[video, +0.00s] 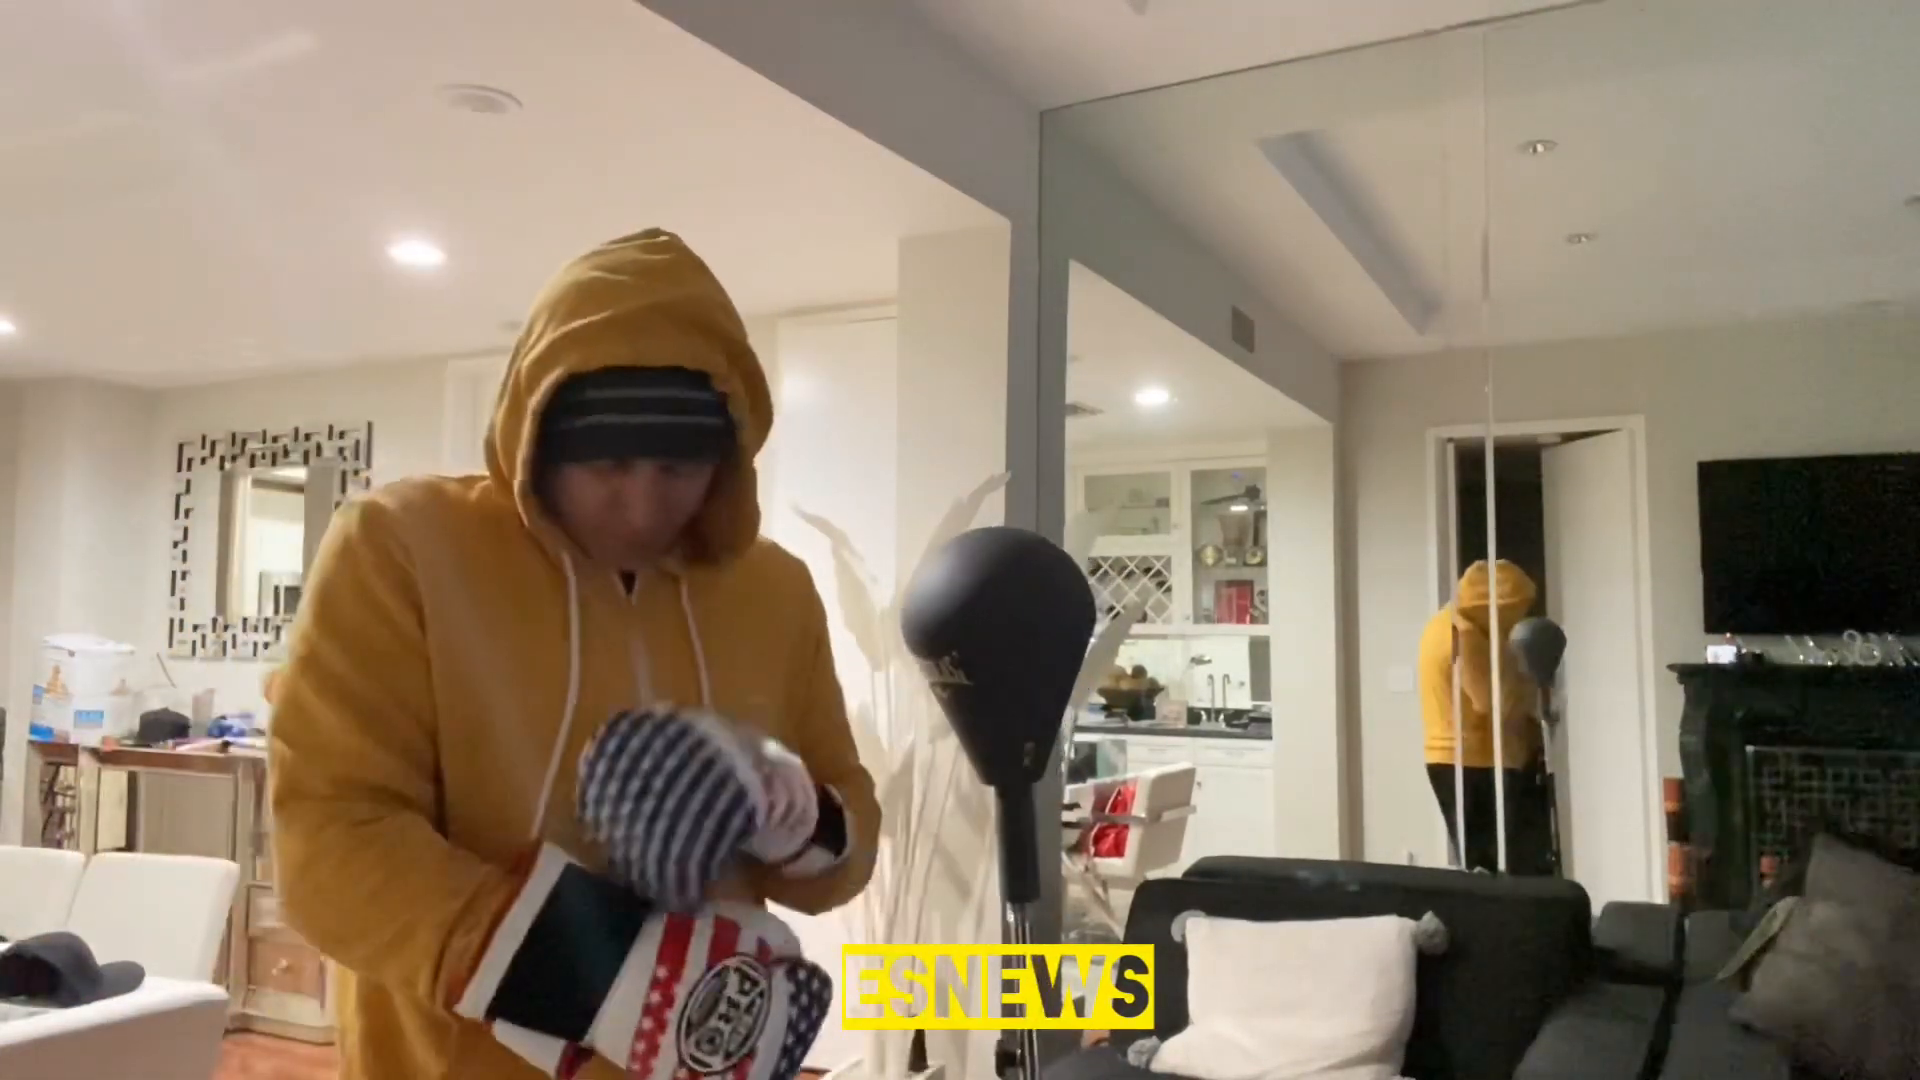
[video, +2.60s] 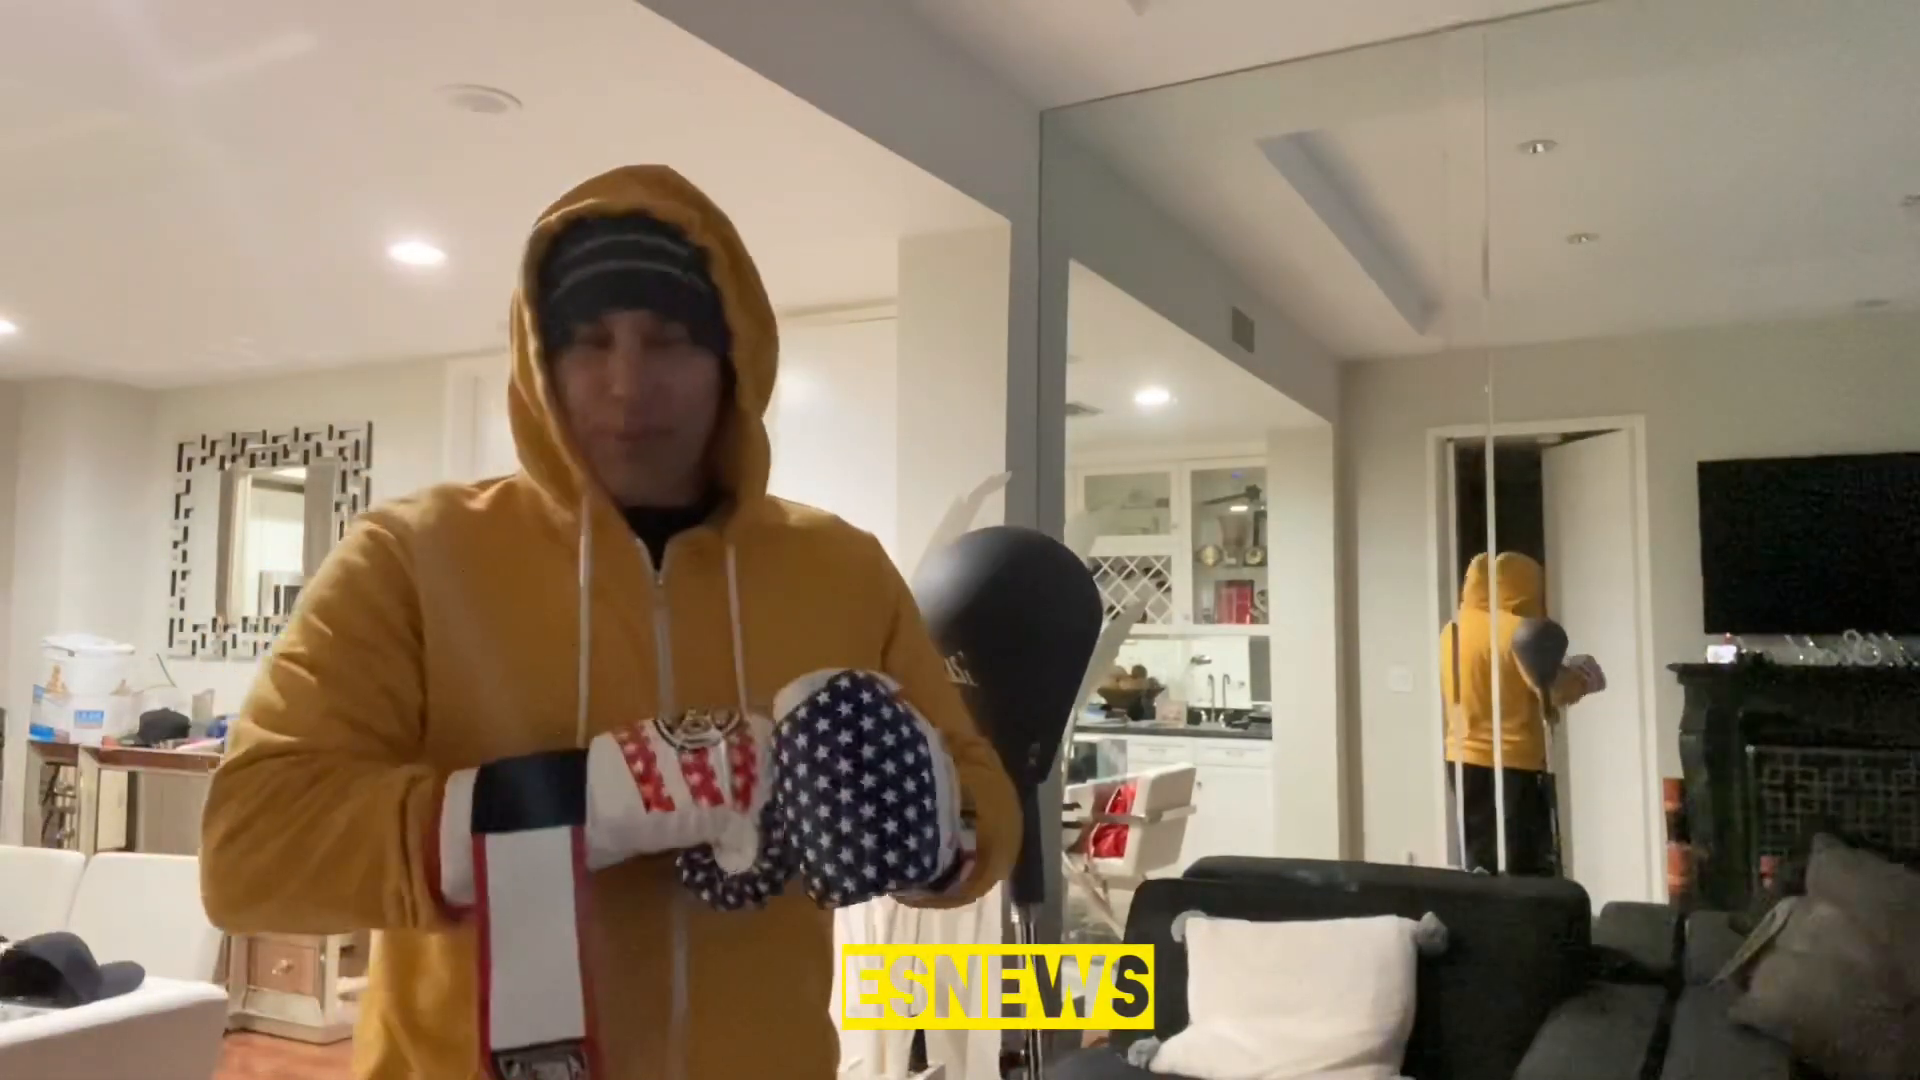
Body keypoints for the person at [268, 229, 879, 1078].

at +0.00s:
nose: (640, 505)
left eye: (678, 465)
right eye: (604, 462)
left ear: (720, 465)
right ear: (538, 451)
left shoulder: (773, 594)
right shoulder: (402, 551)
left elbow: (847, 853)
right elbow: (332, 842)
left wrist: (788, 817)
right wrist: (597, 966)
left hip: (693, 1061)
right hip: (448, 1059)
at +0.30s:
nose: (606, 513)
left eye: (647, 466)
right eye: (568, 465)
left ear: (703, 455)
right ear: (515, 451)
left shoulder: (786, 582)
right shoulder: (392, 564)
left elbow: (864, 815)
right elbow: (343, 874)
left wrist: (783, 864)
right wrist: (574, 1049)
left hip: (733, 1057)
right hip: (464, 1059)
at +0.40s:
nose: (586, 509)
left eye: (626, 463)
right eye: (549, 462)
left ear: (689, 453)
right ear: (500, 453)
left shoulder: (786, 577)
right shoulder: (380, 571)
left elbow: (870, 801)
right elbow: (336, 869)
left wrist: (788, 854)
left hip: (724, 1060)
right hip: (478, 1060)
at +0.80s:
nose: (522, 503)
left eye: (565, 451)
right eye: (482, 453)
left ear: (645, 425)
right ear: (436, 437)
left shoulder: (770, 559)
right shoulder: (332, 585)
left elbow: (873, 782)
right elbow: (288, 943)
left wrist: (789, 836)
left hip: (715, 1058)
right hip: (445, 1057)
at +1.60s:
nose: (512, 476)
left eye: (557, 420)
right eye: (469, 425)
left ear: (634, 402)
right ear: (417, 421)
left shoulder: (761, 556)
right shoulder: (302, 576)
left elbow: (889, 811)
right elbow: (193, 890)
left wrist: (724, 814)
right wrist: (459, 1009)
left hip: (708, 1066)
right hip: (418, 1072)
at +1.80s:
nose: (520, 467)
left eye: (567, 407)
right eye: (477, 413)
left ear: (647, 395)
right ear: (427, 414)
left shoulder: (775, 562)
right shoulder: (315, 578)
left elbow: (912, 780)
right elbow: (166, 891)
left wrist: (845, 882)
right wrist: (502, 900)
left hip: (722, 1066)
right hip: (434, 1066)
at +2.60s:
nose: (631, 386)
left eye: (670, 340)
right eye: (590, 343)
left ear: (732, 362)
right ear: (543, 372)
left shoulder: (842, 575)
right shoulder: (411, 563)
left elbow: (985, 822)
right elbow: (249, 846)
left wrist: (901, 801)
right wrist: (571, 799)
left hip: (761, 1062)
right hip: (469, 1061)